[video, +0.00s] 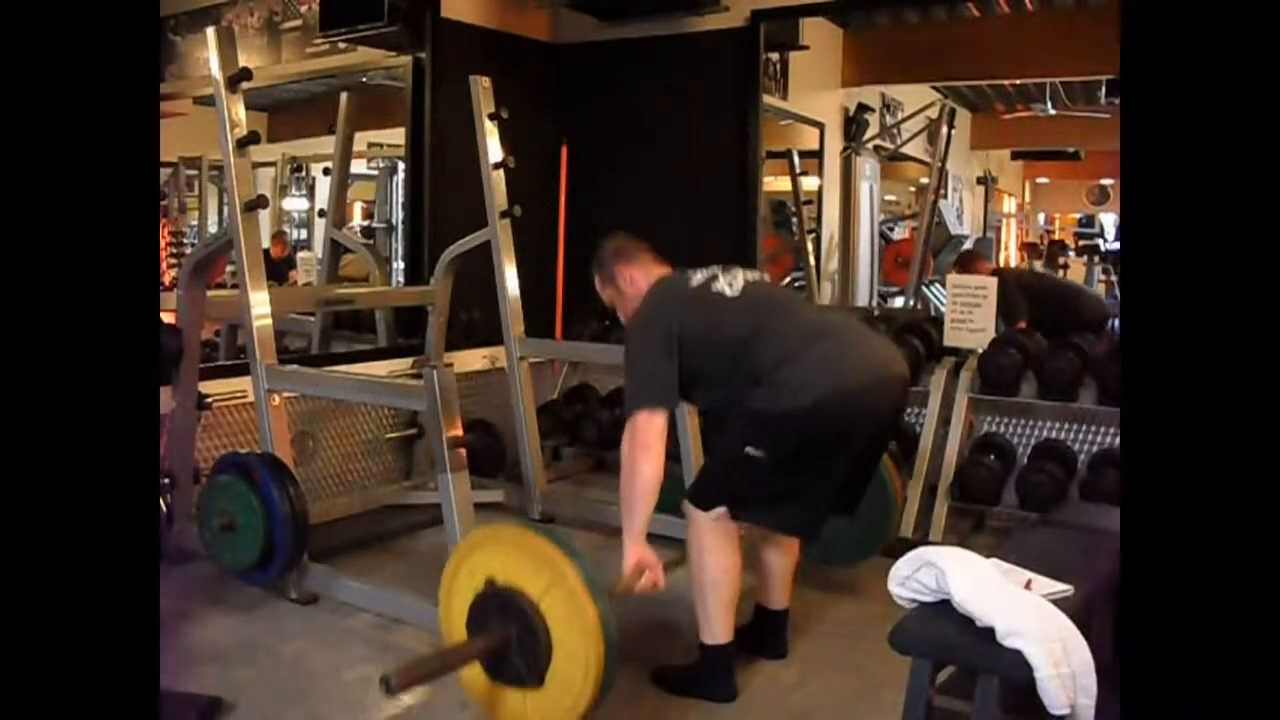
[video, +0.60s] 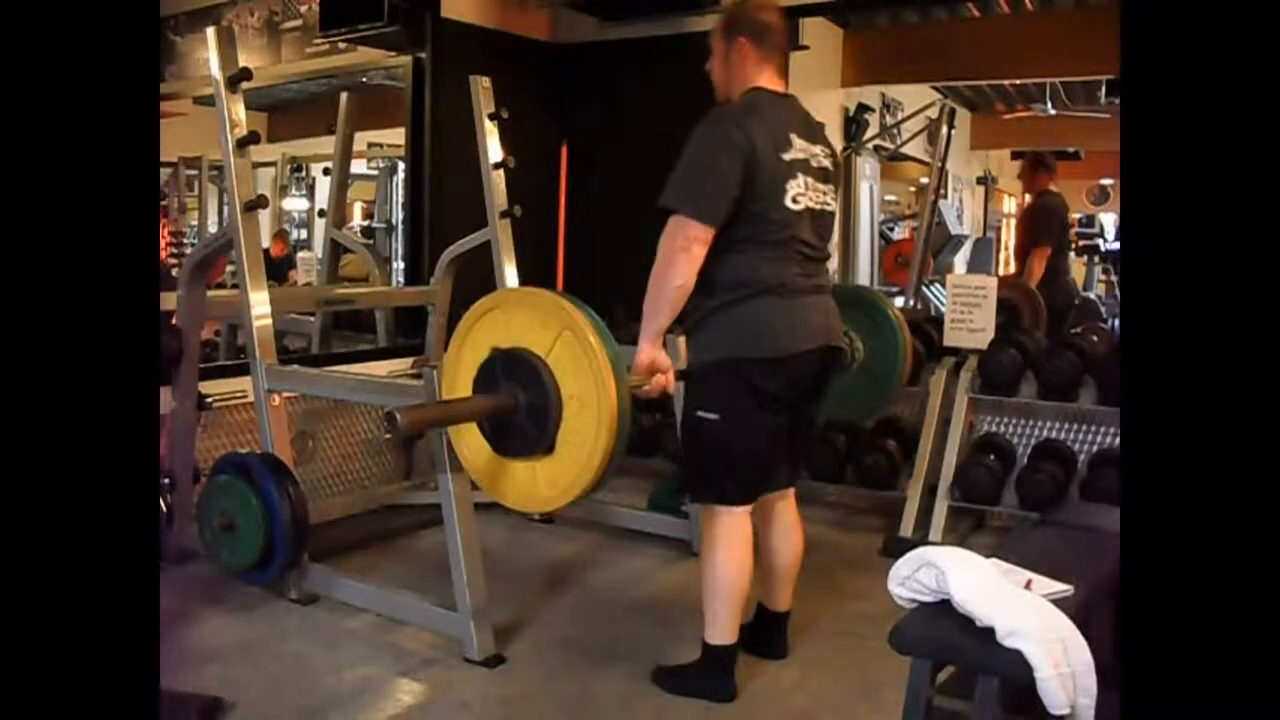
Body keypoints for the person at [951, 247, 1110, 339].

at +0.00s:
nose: (972, 282)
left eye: (968, 276)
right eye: (968, 278)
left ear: (977, 269)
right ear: (981, 264)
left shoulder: (1003, 279)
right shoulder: (1006, 276)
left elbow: (1018, 325)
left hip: (1089, 317)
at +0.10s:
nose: (968, 271)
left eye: (965, 264)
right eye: (963, 267)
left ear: (974, 255)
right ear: (981, 251)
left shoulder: (1004, 269)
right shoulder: (1005, 266)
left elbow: (1020, 323)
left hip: (1085, 310)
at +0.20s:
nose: (968, 253)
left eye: (967, 246)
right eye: (965, 248)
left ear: (978, 236)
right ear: (982, 233)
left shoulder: (1004, 251)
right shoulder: (1006, 251)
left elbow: (1021, 305)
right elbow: (1019, 306)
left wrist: (1024, 352)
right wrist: (1024, 351)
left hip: (1079, 305)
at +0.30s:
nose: (977, 218)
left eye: (978, 211)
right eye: (976, 212)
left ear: (990, 207)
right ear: (997, 204)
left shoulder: (1011, 227)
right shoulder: (1007, 230)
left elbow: (1025, 282)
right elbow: (1020, 283)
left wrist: (1021, 328)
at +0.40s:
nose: (989, 192)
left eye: (992, 186)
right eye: (989, 187)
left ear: (1007, 185)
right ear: (1014, 185)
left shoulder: (1023, 213)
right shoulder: (1018, 213)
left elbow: (1029, 272)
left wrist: (1017, 318)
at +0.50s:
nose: (1008, 181)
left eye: (1012, 175)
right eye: (1009, 175)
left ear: (1024, 176)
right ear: (1033, 177)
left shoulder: (1037, 205)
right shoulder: (1030, 204)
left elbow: (1035, 257)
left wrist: (1021, 300)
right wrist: (1018, 297)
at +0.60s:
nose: (1020, 177)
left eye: (1025, 172)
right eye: (1021, 172)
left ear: (1041, 175)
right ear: (1043, 176)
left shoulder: (1046, 204)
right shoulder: (1048, 201)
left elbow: (1040, 255)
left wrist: (1022, 296)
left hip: (1049, 294)